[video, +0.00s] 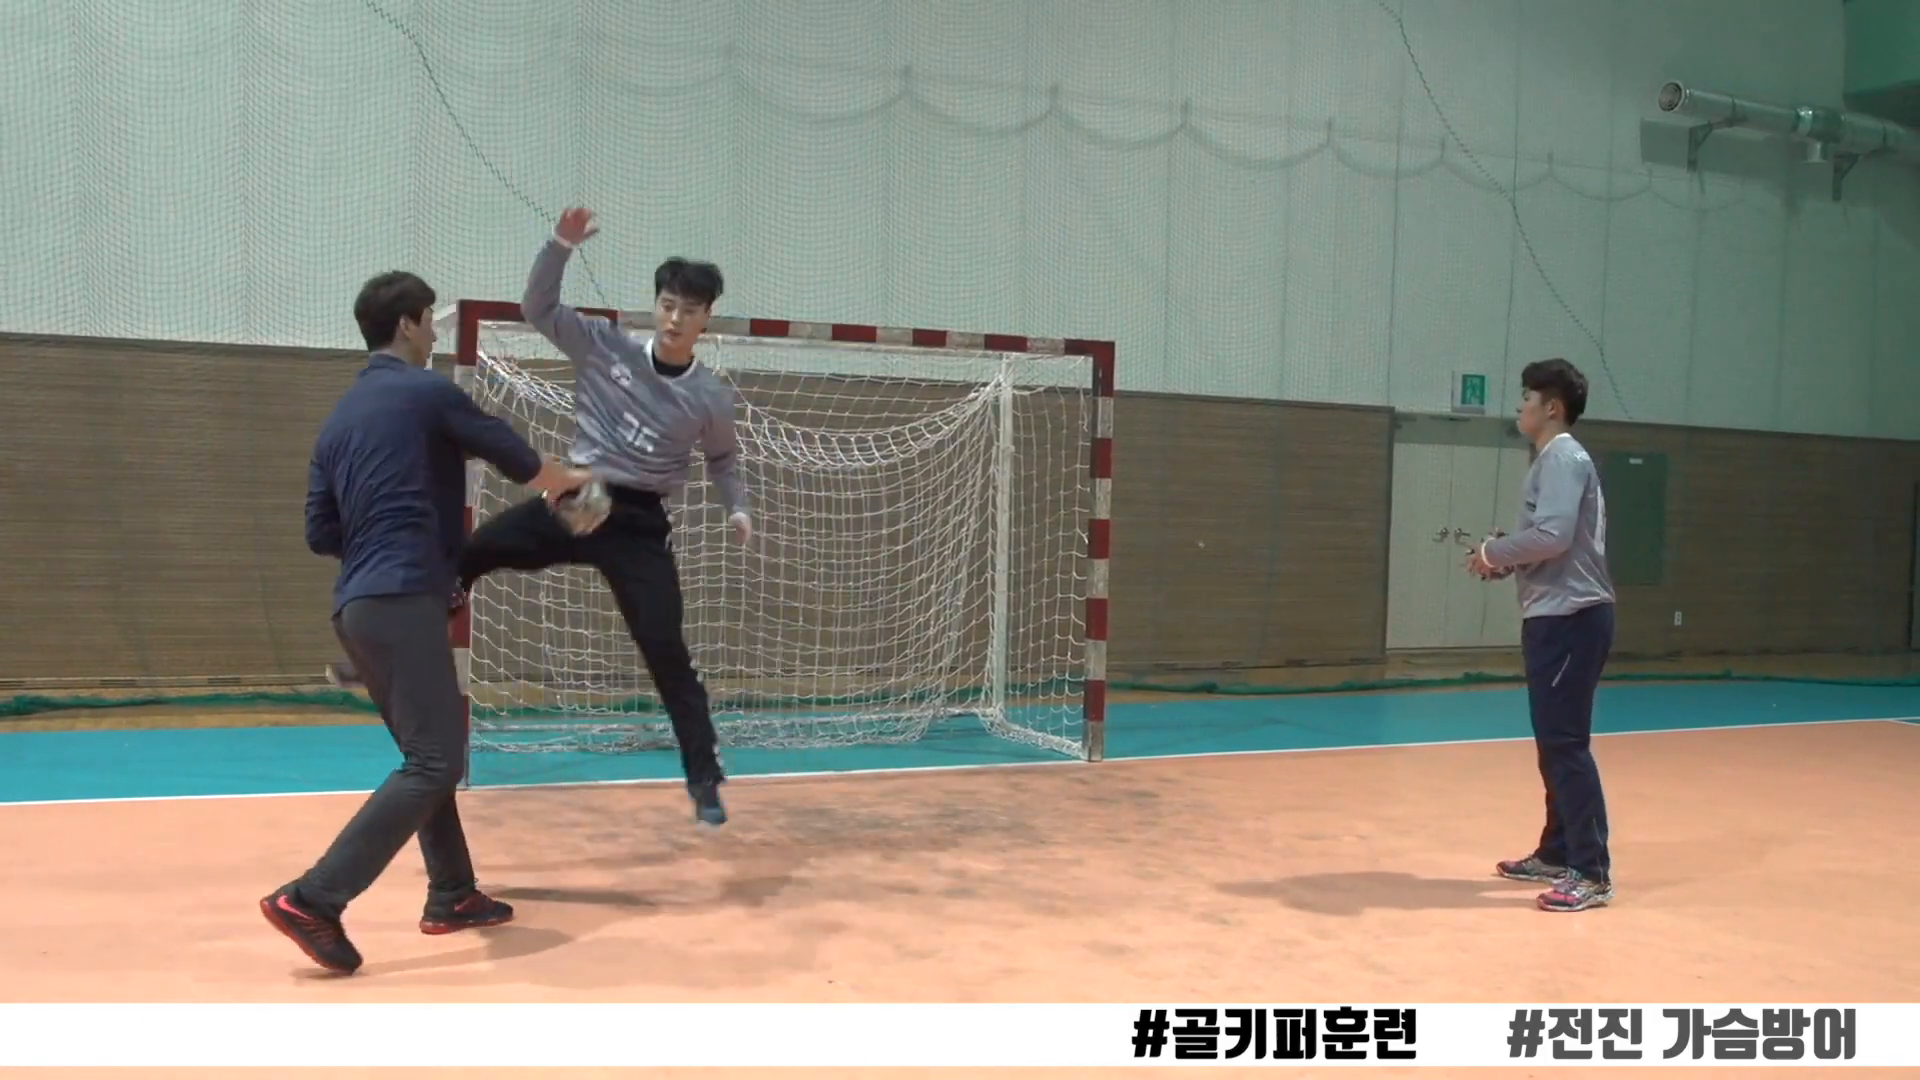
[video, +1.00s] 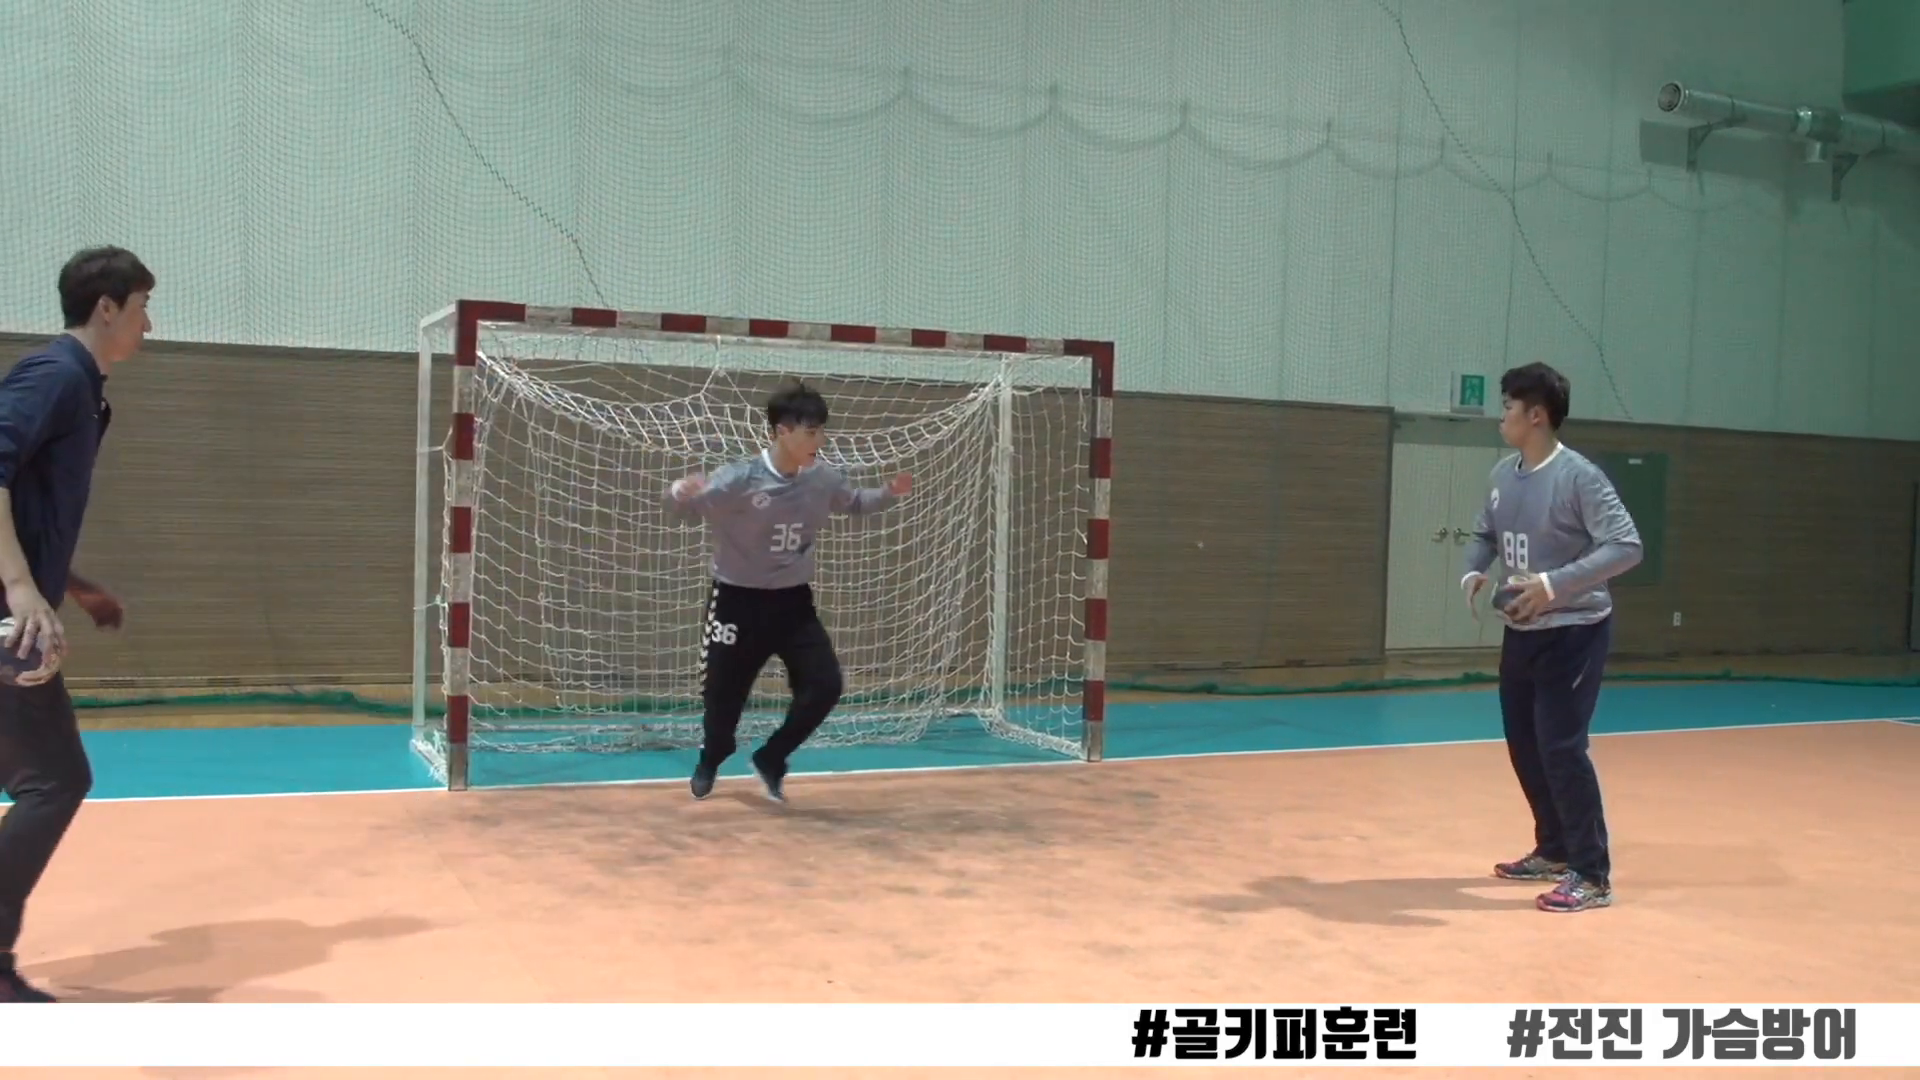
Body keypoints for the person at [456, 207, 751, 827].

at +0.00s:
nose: (674, 319)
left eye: (688, 312)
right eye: (668, 306)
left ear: (706, 320)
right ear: (655, 304)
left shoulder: (711, 399)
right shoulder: (607, 345)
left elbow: (725, 463)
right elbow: (538, 310)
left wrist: (739, 508)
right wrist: (561, 246)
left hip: (637, 528)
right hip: (569, 505)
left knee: (665, 651)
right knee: (472, 550)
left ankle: (705, 785)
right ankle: (383, 649)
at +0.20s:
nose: (651, 455)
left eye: (663, 445)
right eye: (642, 441)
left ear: (675, 456)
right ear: (620, 442)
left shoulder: (667, 535)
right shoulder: (568, 495)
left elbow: (667, 605)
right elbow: (488, 539)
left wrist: (669, 644)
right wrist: (488, 508)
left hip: (600, 658)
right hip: (531, 640)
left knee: (632, 763)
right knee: (458, 749)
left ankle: (627, 866)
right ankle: (395, 862)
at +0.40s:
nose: (671, 482)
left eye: (676, 471)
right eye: (662, 470)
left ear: (678, 473)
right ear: (628, 465)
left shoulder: (676, 541)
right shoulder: (569, 520)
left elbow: (706, 613)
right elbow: (505, 567)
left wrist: (713, 654)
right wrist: (443, 596)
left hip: (617, 662)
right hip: (547, 651)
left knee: (618, 747)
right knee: (473, 741)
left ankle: (612, 866)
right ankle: (400, 851)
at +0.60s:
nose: (695, 435)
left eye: (698, 425)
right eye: (684, 424)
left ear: (698, 431)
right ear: (652, 427)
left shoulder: (707, 500)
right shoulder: (604, 484)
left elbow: (714, 556)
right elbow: (552, 526)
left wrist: (717, 603)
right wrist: (530, 557)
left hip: (662, 625)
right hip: (600, 621)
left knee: (657, 730)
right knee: (561, 729)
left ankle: (646, 846)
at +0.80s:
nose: (737, 424)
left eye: (740, 415)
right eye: (727, 414)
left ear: (742, 420)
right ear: (699, 417)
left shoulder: (757, 479)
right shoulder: (661, 473)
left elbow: (795, 506)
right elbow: (604, 503)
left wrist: (832, 490)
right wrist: (572, 486)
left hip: (717, 613)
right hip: (657, 606)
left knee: (719, 723)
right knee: (608, 706)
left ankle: (710, 778)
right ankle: (577, 814)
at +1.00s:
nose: (819, 442)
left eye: (820, 433)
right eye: (811, 432)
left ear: (818, 435)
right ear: (781, 432)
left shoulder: (824, 479)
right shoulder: (738, 479)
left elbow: (853, 500)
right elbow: (684, 508)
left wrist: (888, 492)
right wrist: (680, 494)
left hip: (793, 604)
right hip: (738, 604)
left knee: (824, 687)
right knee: (722, 698)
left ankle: (772, 758)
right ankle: (712, 758)